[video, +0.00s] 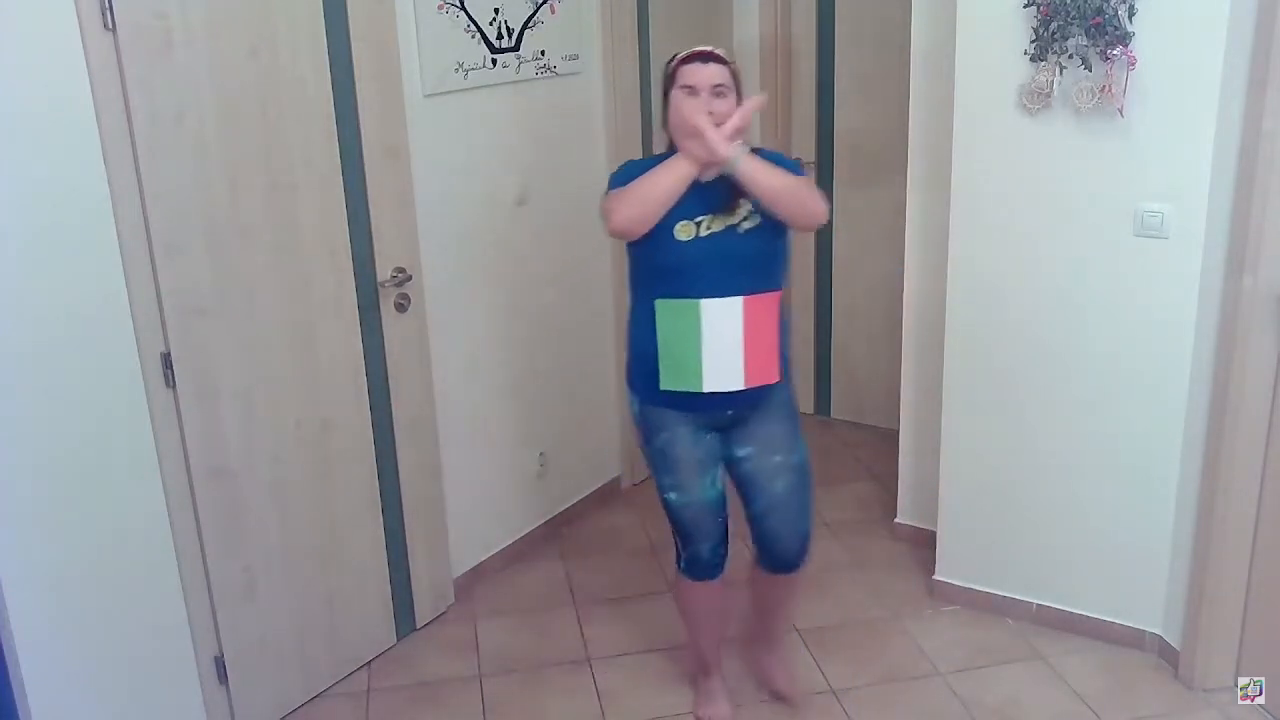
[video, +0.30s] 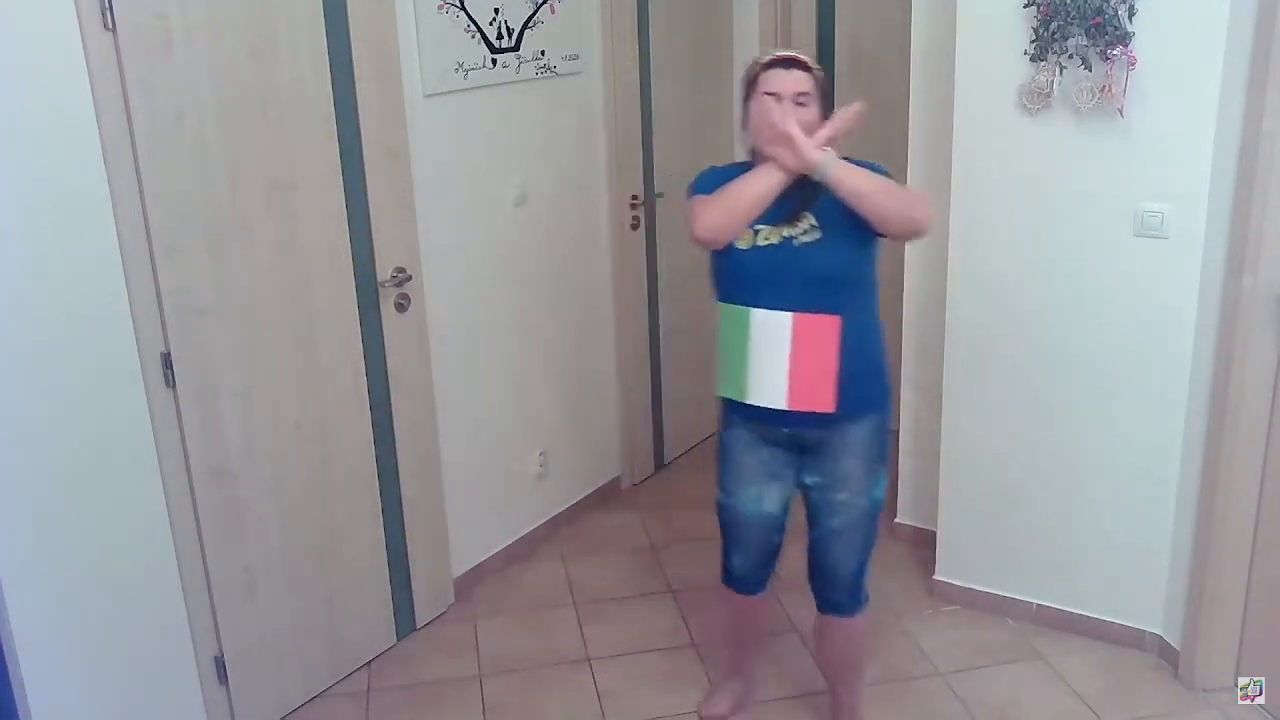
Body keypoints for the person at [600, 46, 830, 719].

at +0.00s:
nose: (707, 104)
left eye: (720, 93)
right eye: (690, 93)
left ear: (740, 106)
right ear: (667, 108)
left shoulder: (770, 166)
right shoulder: (641, 175)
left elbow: (812, 211)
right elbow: (623, 221)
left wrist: (729, 154)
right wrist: (701, 153)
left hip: (763, 393)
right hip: (672, 400)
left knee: (787, 541)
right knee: (703, 549)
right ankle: (710, 676)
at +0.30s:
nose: (786, 114)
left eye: (802, 102)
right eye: (771, 100)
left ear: (823, 117)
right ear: (744, 113)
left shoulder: (857, 179)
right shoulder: (720, 182)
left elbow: (915, 218)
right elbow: (709, 229)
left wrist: (814, 160)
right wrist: (796, 157)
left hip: (848, 418)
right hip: (752, 417)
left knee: (840, 584)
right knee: (743, 571)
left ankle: (846, 705)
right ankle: (739, 681)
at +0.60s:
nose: (875, 136)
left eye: (891, 123)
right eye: (859, 121)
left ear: (911, 135)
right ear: (834, 133)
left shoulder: (936, 210)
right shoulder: (803, 195)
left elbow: (1019, 244)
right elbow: (802, 245)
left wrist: (924, 185)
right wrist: (890, 183)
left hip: (923, 434)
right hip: (832, 432)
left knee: (871, 606)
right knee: (843, 588)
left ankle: (852, 709)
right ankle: (917, 648)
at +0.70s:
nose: (902, 126)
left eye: (918, 113)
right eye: (886, 111)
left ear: (940, 129)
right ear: (860, 125)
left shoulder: (965, 203)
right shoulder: (827, 190)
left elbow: (1056, 233)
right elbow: (823, 240)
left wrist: (958, 183)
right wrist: (912, 180)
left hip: (954, 426)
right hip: (861, 425)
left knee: (904, 593)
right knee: (880, 575)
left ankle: (887, 707)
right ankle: (938, 655)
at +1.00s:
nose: (980, 110)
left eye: (998, 97)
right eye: (965, 94)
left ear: (1019, 112)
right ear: (938, 105)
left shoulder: (1051, 173)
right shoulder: (900, 175)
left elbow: (1156, 228)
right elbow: (873, 244)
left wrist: (1092, 241)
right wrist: (981, 193)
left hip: (1029, 413)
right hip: (930, 412)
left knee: (1028, 575)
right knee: (941, 563)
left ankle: (1038, 680)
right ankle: (944, 669)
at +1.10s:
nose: (999, 127)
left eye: (1017, 114)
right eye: (984, 110)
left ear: (1037, 123)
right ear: (957, 116)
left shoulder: (1074, 192)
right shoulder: (917, 190)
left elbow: (1147, 275)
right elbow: (890, 283)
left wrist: (1138, 285)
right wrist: (1000, 253)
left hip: (1053, 424)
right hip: (951, 424)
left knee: (1044, 577)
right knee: (946, 572)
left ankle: (1040, 679)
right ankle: (943, 670)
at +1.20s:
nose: (1032, 155)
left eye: (1048, 139)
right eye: (1015, 139)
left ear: (1070, 140)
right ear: (989, 140)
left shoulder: (1106, 213)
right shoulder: (948, 217)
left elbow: (1140, 319)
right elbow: (907, 324)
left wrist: (1191, 364)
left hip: (1087, 446)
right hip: (986, 443)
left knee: (1058, 592)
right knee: (963, 609)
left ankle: (1037, 685)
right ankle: (948, 676)